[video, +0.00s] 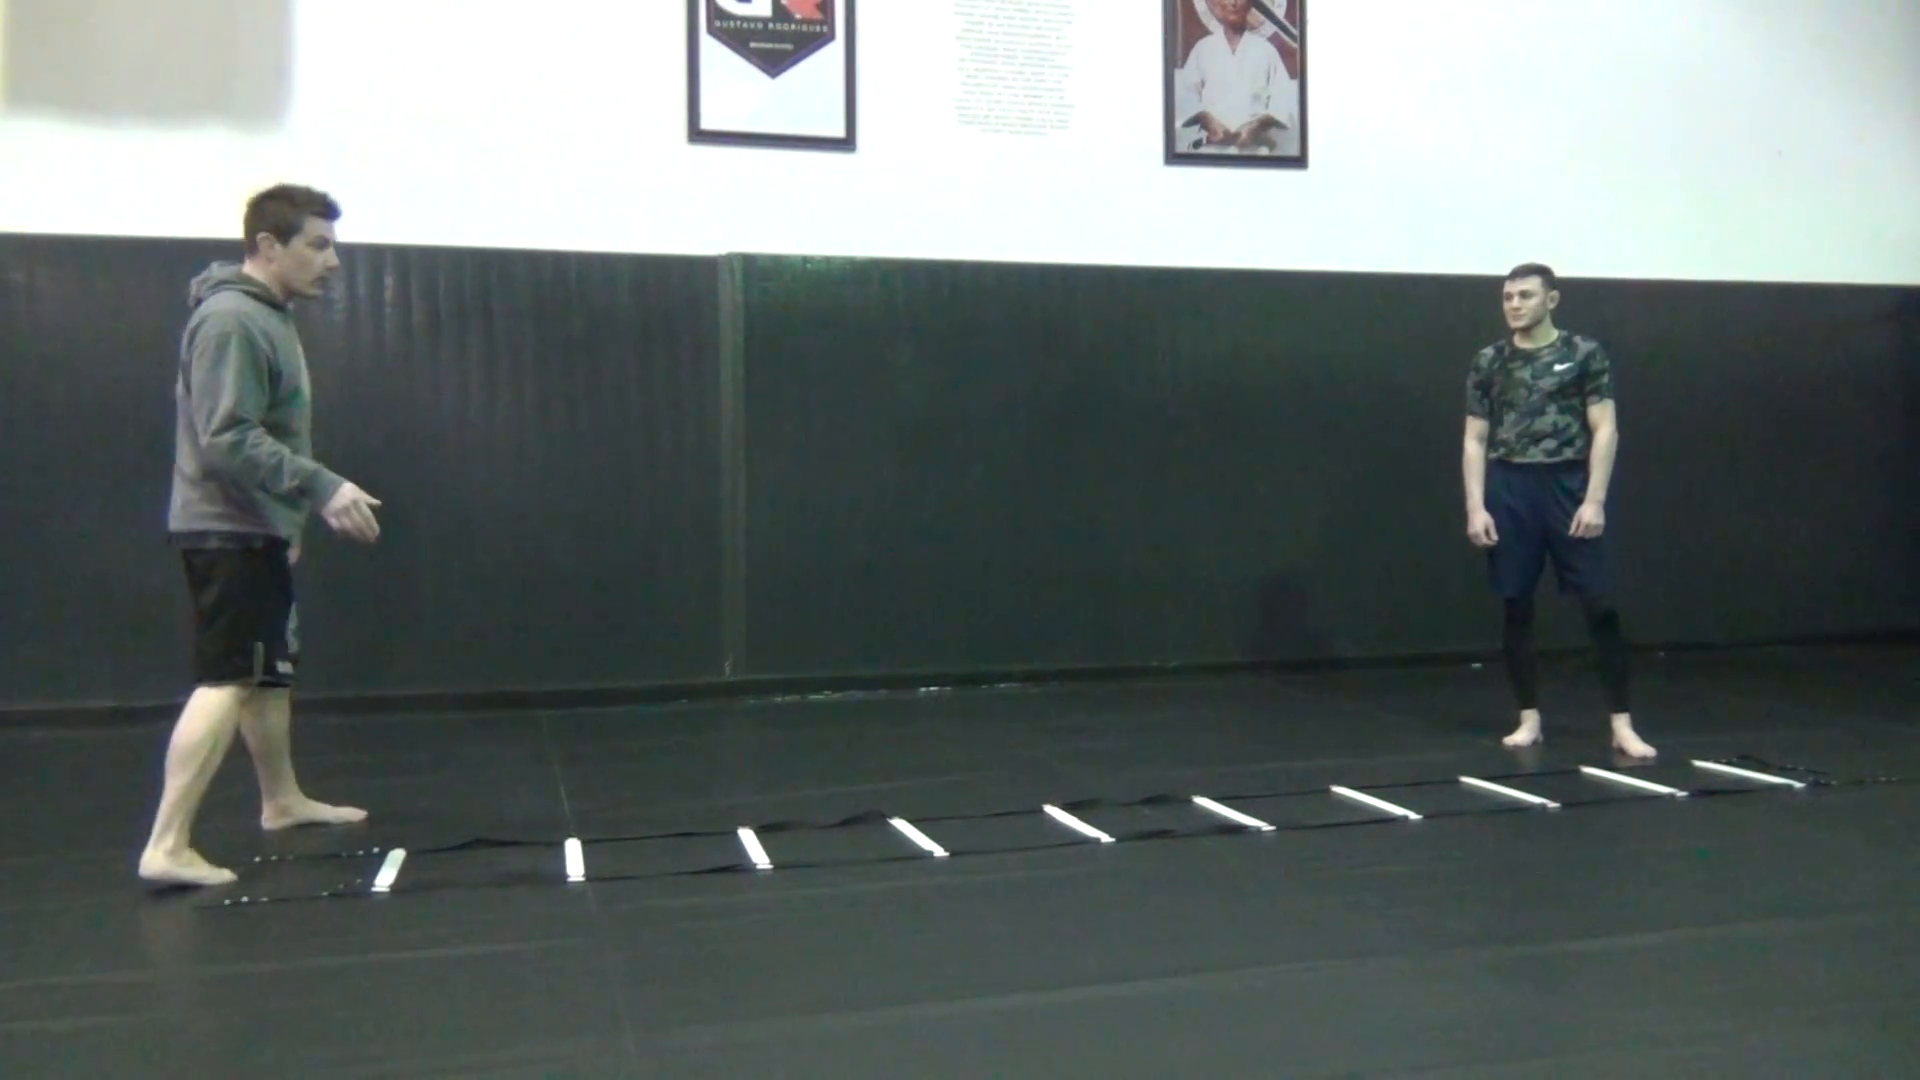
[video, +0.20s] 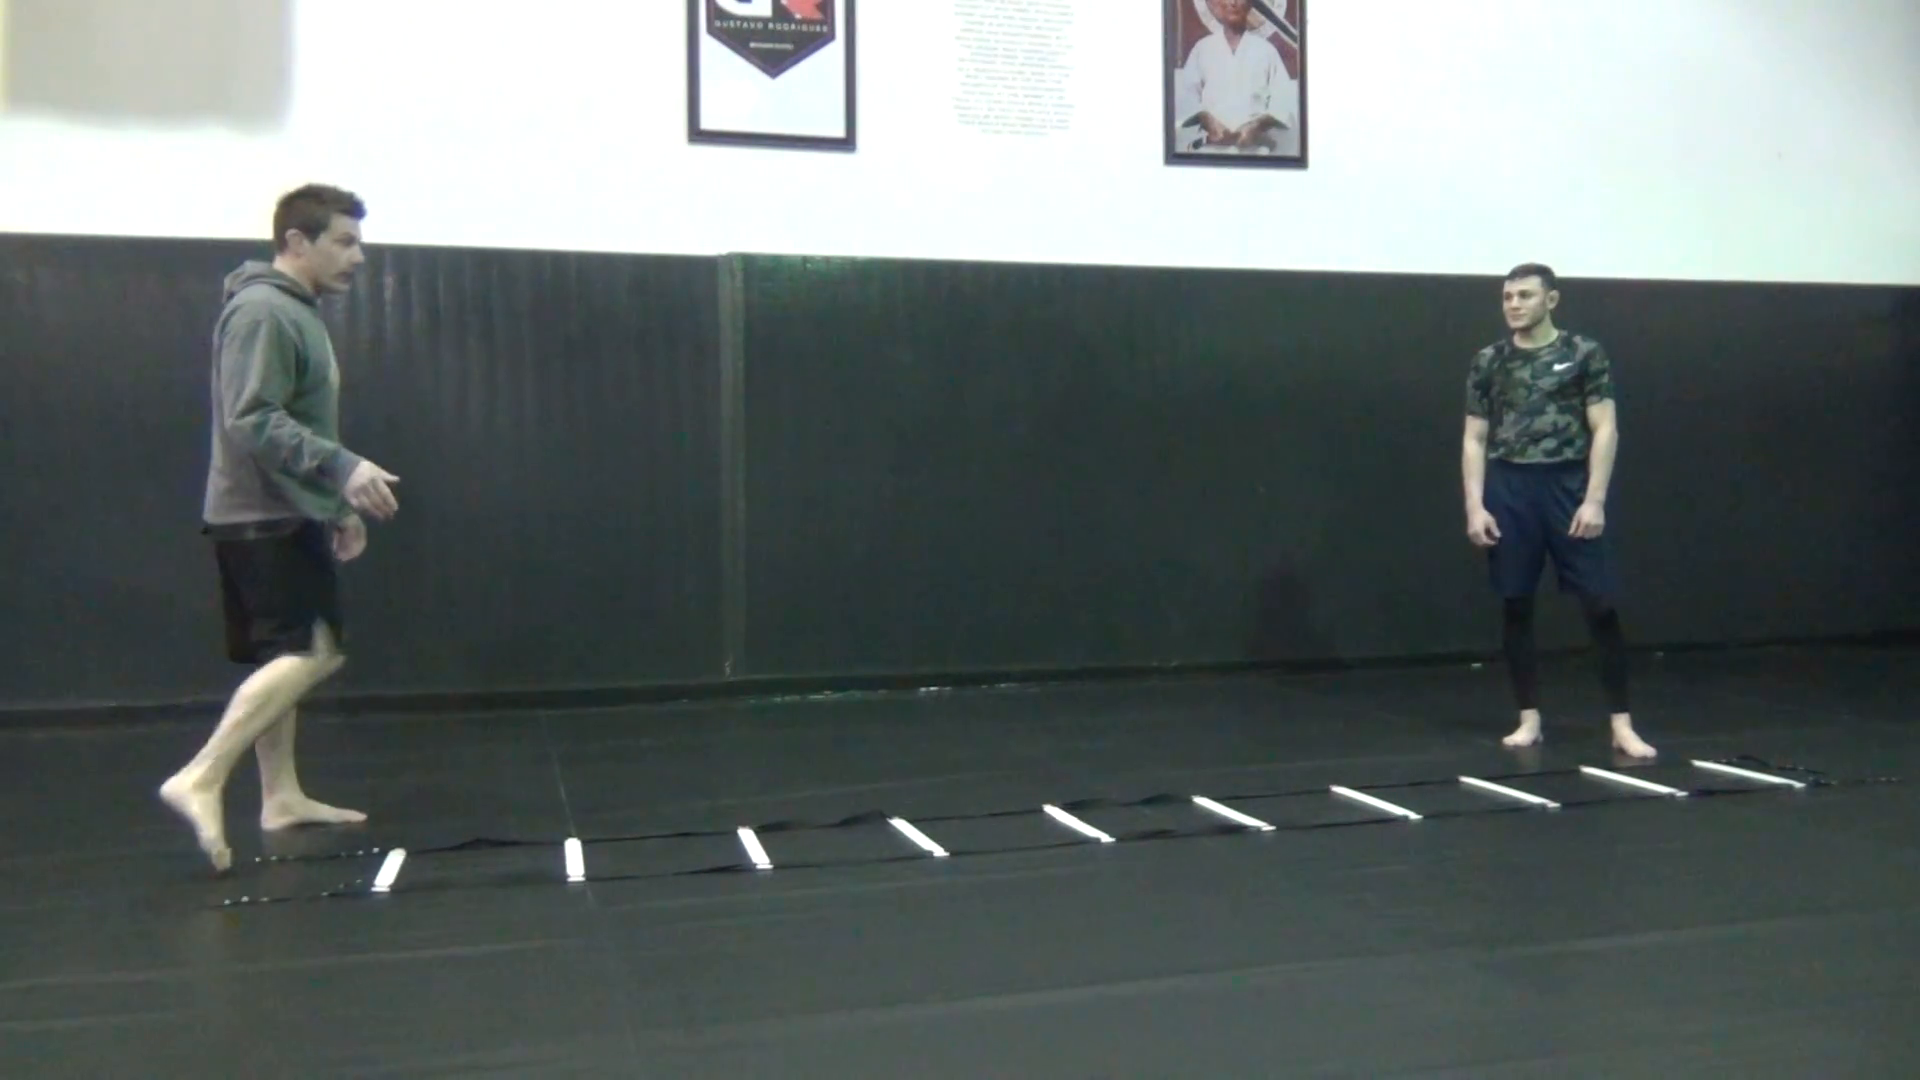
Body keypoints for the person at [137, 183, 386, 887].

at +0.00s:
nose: (332, 262)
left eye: (333, 247)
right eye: (320, 247)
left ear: (277, 250)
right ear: (267, 246)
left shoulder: (266, 315)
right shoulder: (230, 320)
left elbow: (265, 432)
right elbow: (227, 438)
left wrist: (293, 519)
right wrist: (322, 488)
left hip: (255, 529)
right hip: (222, 530)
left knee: (267, 672)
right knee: (227, 679)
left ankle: (283, 802)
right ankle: (166, 847)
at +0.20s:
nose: (355, 259)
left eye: (357, 245)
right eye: (345, 244)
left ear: (305, 247)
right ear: (297, 242)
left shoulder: (297, 312)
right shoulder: (263, 312)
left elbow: (295, 426)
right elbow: (251, 419)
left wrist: (332, 505)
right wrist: (345, 469)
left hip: (283, 515)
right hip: (258, 517)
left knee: (283, 658)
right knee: (314, 649)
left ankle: (283, 800)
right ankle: (197, 781)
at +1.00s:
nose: (495, 262)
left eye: (495, 250)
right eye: (482, 251)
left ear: (444, 255)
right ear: (438, 254)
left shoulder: (439, 319)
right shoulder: (421, 327)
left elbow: (450, 430)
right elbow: (447, 434)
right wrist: (541, 457)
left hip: (433, 517)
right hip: (439, 521)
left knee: (408, 650)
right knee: (459, 655)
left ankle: (327, 755)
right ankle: (474, 791)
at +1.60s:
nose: (608, 276)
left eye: (608, 264)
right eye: (596, 265)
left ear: (574, 269)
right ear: (554, 266)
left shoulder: (582, 331)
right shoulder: (520, 333)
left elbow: (597, 432)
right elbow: (538, 424)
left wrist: (627, 499)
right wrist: (614, 379)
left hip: (588, 515)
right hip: (544, 516)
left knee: (612, 635)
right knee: (522, 646)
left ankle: (656, 750)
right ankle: (475, 783)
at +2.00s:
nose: (710, 282)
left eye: (710, 270)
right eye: (700, 270)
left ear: (675, 273)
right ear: (658, 270)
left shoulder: (685, 338)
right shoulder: (619, 336)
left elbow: (713, 431)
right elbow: (629, 433)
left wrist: (743, 502)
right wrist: (692, 473)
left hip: (688, 501)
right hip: (650, 505)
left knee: (672, 628)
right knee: (686, 622)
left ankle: (665, 756)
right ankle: (577, 724)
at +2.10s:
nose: (734, 278)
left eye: (734, 267)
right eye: (725, 267)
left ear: (695, 269)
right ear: (687, 267)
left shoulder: (704, 332)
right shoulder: (645, 333)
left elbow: (725, 429)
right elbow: (648, 431)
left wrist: (761, 496)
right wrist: (681, 510)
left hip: (702, 498)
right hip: (672, 501)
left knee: (671, 625)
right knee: (726, 615)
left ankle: (666, 751)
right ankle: (646, 733)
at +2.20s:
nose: (759, 280)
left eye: (759, 268)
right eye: (750, 268)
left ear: (716, 270)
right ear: (711, 269)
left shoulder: (719, 332)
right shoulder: (676, 334)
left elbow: (738, 427)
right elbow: (669, 433)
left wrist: (770, 491)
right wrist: (672, 522)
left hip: (709, 503)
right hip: (701, 505)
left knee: (679, 627)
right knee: (752, 616)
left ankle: (666, 752)